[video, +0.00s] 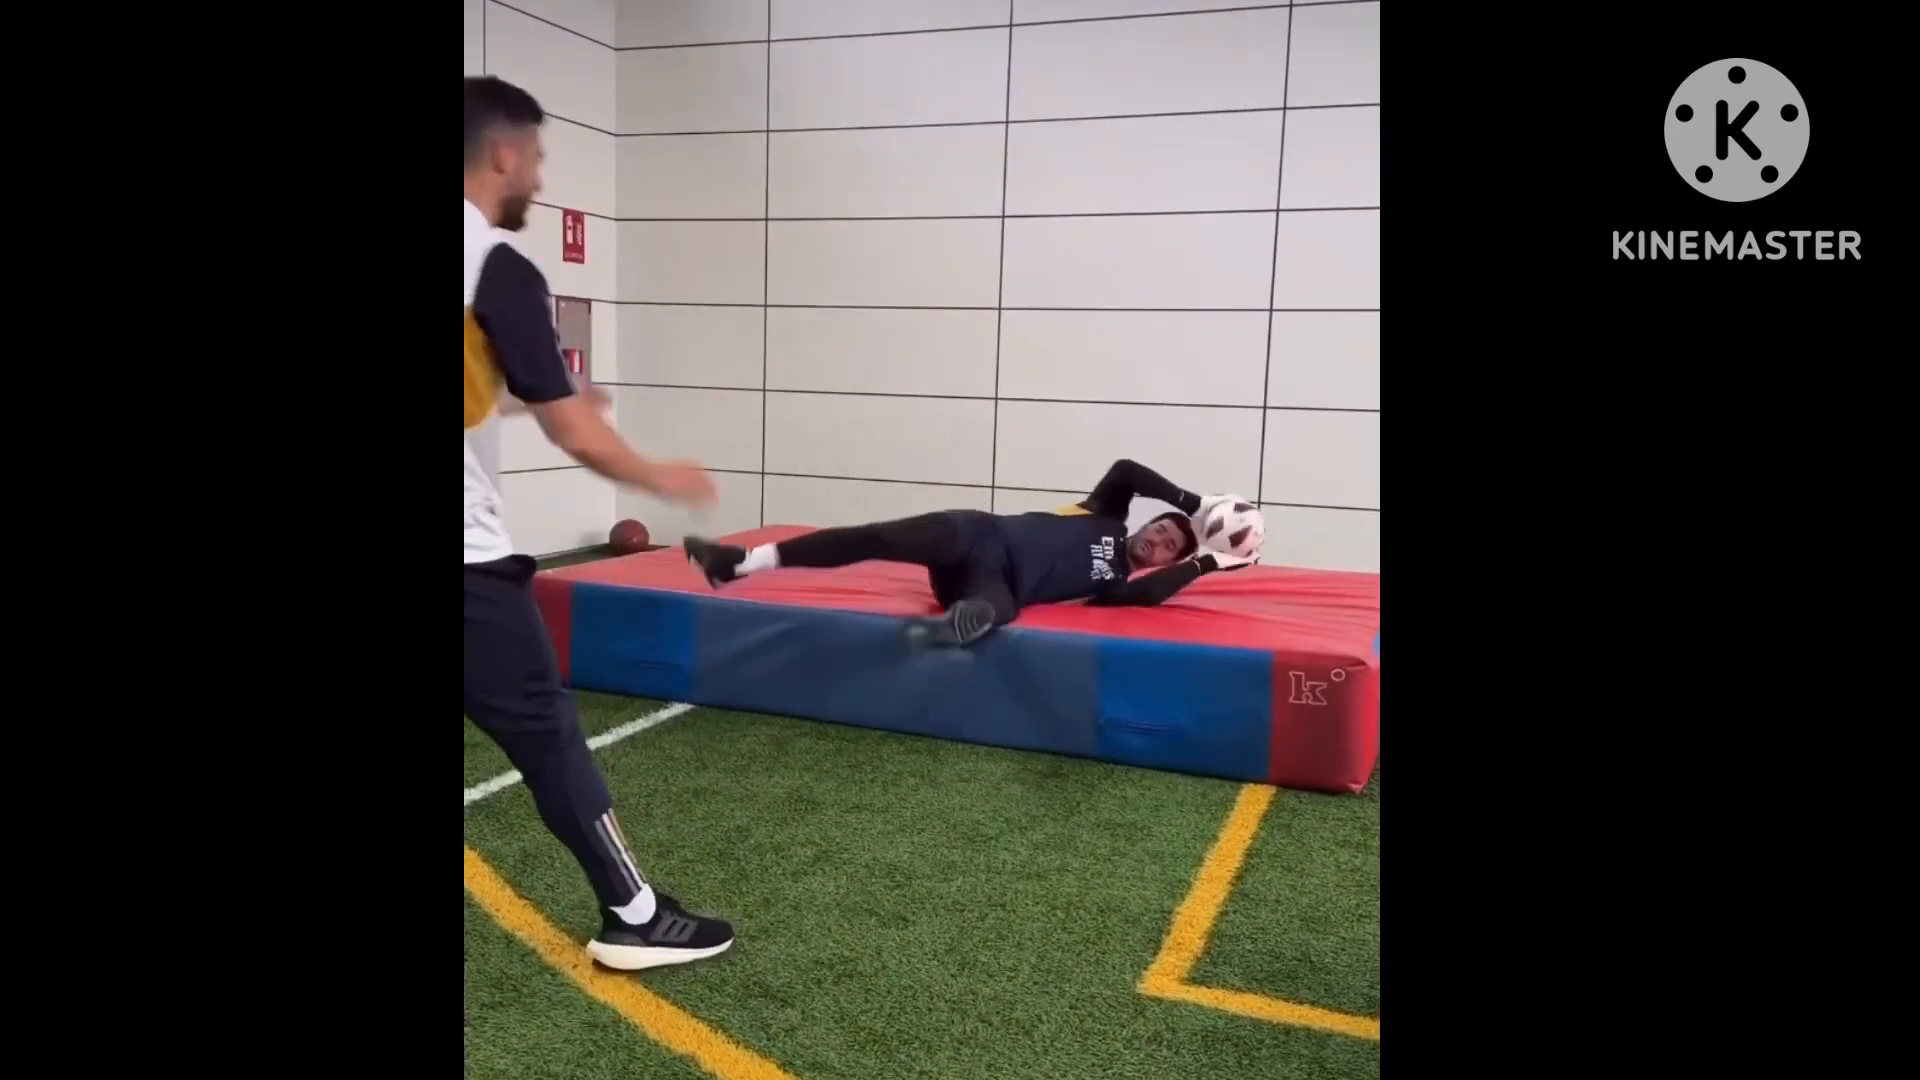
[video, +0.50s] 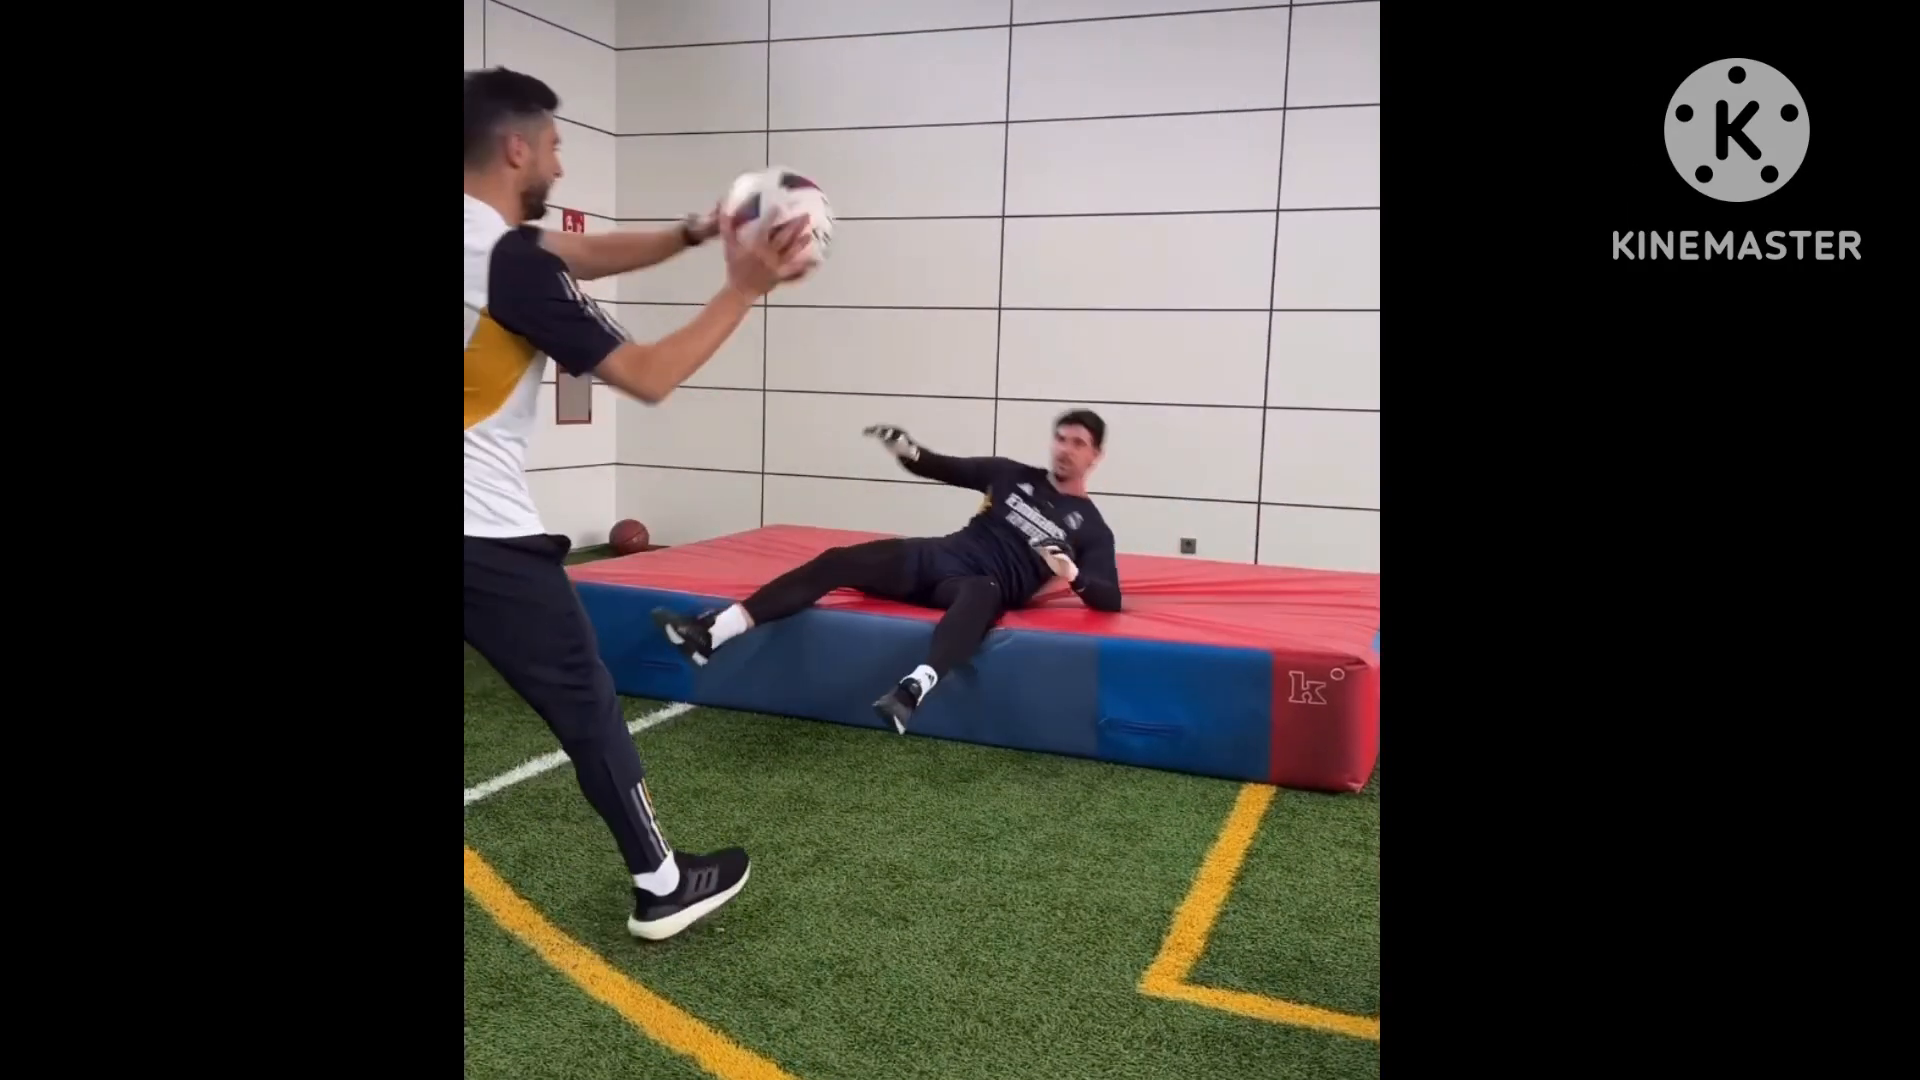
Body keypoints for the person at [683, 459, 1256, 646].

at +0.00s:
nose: (1162, 545)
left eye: (1172, 551)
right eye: (1164, 535)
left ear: (1162, 568)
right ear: (1146, 526)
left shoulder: (1120, 585)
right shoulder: (1102, 522)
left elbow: (1157, 589)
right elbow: (1125, 472)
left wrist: (1209, 558)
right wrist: (1194, 502)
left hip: (1000, 580)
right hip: (982, 530)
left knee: (989, 606)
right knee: (877, 539)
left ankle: (954, 627)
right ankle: (742, 562)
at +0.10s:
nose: (1162, 538)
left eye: (1173, 542)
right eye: (1163, 526)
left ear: (1171, 560)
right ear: (1147, 517)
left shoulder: (1128, 583)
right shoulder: (1108, 517)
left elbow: (1132, 590)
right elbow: (1103, 457)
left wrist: (1187, 551)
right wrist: (1174, 480)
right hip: (994, 523)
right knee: (888, 510)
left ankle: (923, 617)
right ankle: (748, 551)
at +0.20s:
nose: (1160, 527)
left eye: (1172, 533)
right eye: (1164, 518)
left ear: (1165, 550)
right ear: (1147, 512)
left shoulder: (1126, 580)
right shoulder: (1098, 512)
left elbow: (1127, 585)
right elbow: (1076, 449)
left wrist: (1145, 548)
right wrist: (1130, 440)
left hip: (1001, 575)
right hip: (986, 525)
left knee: (1014, 599)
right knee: (877, 510)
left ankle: (935, 636)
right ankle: (744, 554)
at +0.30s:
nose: (1140, 511)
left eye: (1152, 512)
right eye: (1138, 502)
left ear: (1156, 530)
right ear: (1124, 502)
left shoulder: (1118, 577)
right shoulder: (1083, 509)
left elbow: (1110, 601)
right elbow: (1050, 475)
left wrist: (1112, 558)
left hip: (1001, 581)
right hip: (973, 538)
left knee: (1002, 604)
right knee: (870, 534)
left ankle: (932, 669)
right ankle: (738, 572)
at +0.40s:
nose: (1103, 488)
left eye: (1116, 485)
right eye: (1100, 479)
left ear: (1132, 501)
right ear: (1090, 482)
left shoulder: (1108, 562)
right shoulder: (1050, 496)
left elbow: (1116, 602)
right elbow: (993, 467)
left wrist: (1090, 585)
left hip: (990, 586)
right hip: (952, 551)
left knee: (988, 603)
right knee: (854, 554)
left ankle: (923, 690)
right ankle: (728, 605)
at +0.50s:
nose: (1065, 448)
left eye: (1077, 443)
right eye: (1062, 439)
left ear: (1096, 457)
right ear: (1052, 444)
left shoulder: (1093, 529)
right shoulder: (1011, 475)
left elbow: (1111, 601)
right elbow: (943, 468)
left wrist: (1077, 580)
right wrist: (909, 451)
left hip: (980, 584)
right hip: (935, 555)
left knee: (981, 595)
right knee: (835, 561)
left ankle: (916, 686)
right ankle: (715, 629)